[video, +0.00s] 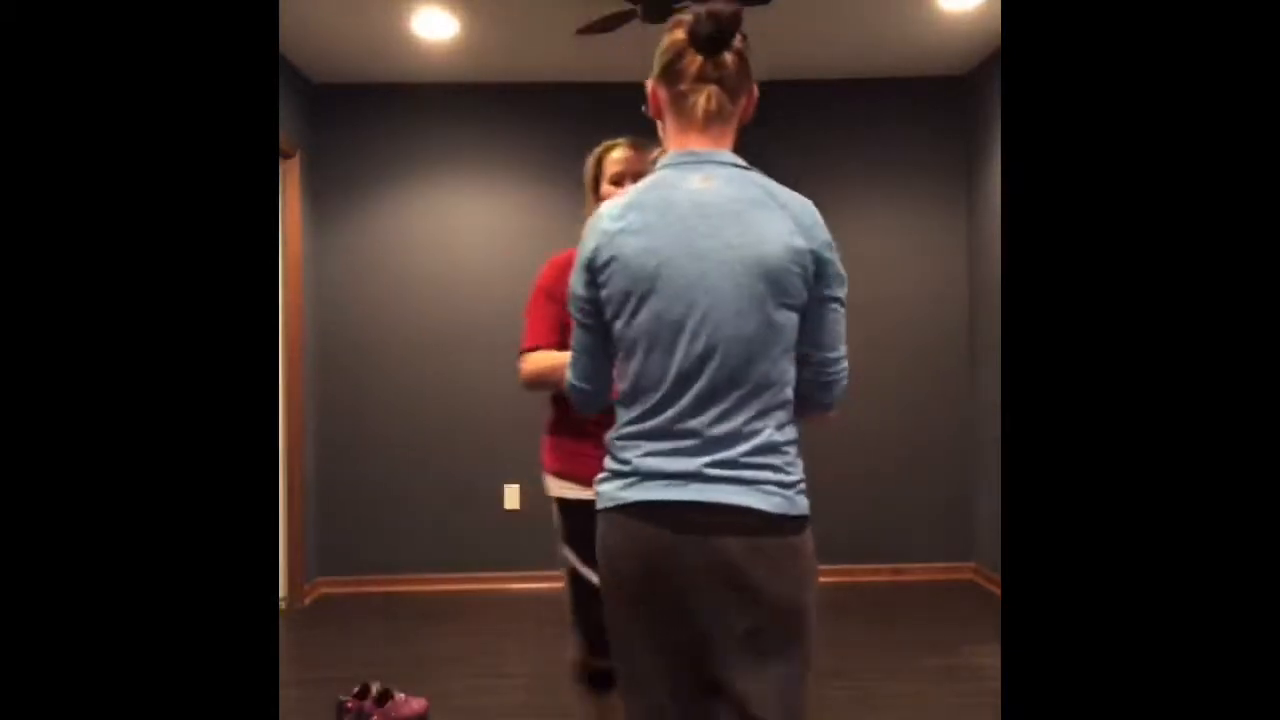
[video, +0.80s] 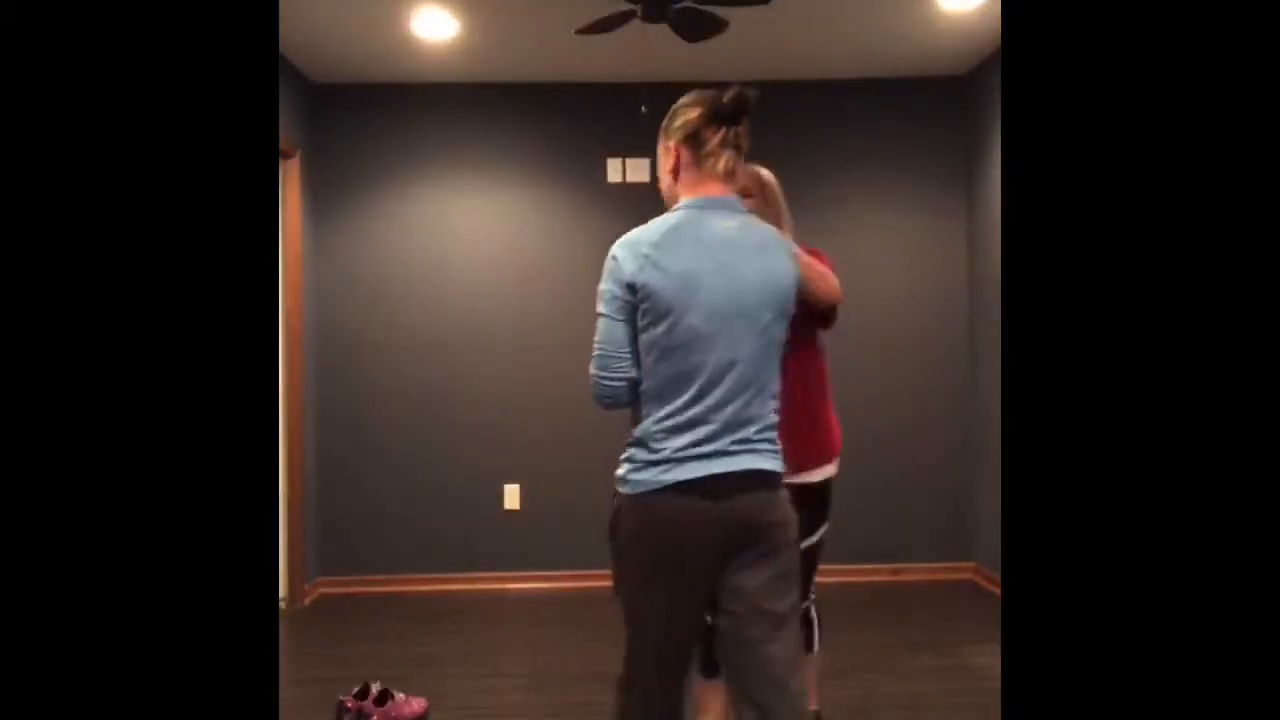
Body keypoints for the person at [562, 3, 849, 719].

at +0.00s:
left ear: (654, 100)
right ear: (748, 103)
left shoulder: (610, 226)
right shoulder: (799, 218)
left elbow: (587, 389)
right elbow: (822, 388)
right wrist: (741, 387)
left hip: (638, 525)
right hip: (763, 526)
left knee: (656, 708)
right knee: (770, 707)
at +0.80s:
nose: (658, 170)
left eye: (659, 158)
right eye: (659, 159)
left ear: (673, 158)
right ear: (737, 163)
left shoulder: (634, 250)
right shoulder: (778, 250)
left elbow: (611, 385)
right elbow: (767, 353)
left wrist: (683, 364)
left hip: (660, 506)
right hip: (759, 498)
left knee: (653, 688)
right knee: (773, 685)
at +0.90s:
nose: (639, 185)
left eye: (642, 173)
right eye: (640, 173)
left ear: (657, 175)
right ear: (718, 177)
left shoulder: (620, 260)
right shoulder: (755, 260)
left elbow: (594, 387)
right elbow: (737, 357)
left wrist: (661, 378)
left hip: (641, 504)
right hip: (734, 496)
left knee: (634, 688)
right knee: (757, 685)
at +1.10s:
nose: (585, 202)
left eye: (592, 188)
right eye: (588, 188)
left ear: (629, 192)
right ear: (653, 193)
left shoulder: (603, 261)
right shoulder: (697, 262)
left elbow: (562, 373)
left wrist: (602, 375)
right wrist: (649, 142)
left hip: (599, 484)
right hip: (668, 484)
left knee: (608, 650)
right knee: (653, 626)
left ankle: (622, 718)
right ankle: (688, 709)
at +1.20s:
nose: (570, 200)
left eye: (582, 188)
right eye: (574, 187)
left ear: (625, 197)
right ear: (630, 197)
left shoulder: (607, 263)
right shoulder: (668, 259)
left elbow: (566, 369)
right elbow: (664, 352)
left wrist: (587, 331)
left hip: (599, 466)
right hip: (643, 459)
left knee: (584, 617)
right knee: (597, 615)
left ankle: (619, 713)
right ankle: (624, 710)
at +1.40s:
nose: (573, 215)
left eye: (583, 204)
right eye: (571, 204)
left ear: (618, 209)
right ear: (576, 210)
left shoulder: (646, 269)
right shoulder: (577, 255)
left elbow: (662, 356)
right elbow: (497, 243)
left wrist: (602, 368)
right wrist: (518, 227)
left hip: (610, 456)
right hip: (573, 452)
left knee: (575, 606)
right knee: (549, 602)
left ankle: (605, 711)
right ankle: (574, 710)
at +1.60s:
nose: (560, 220)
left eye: (573, 211)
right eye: (559, 210)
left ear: (612, 218)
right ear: (558, 216)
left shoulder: (644, 274)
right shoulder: (554, 273)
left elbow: (684, 337)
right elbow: (502, 314)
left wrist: (676, 404)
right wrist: (564, 311)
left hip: (622, 452)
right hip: (560, 450)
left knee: (613, 585)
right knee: (556, 584)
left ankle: (639, 708)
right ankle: (568, 706)